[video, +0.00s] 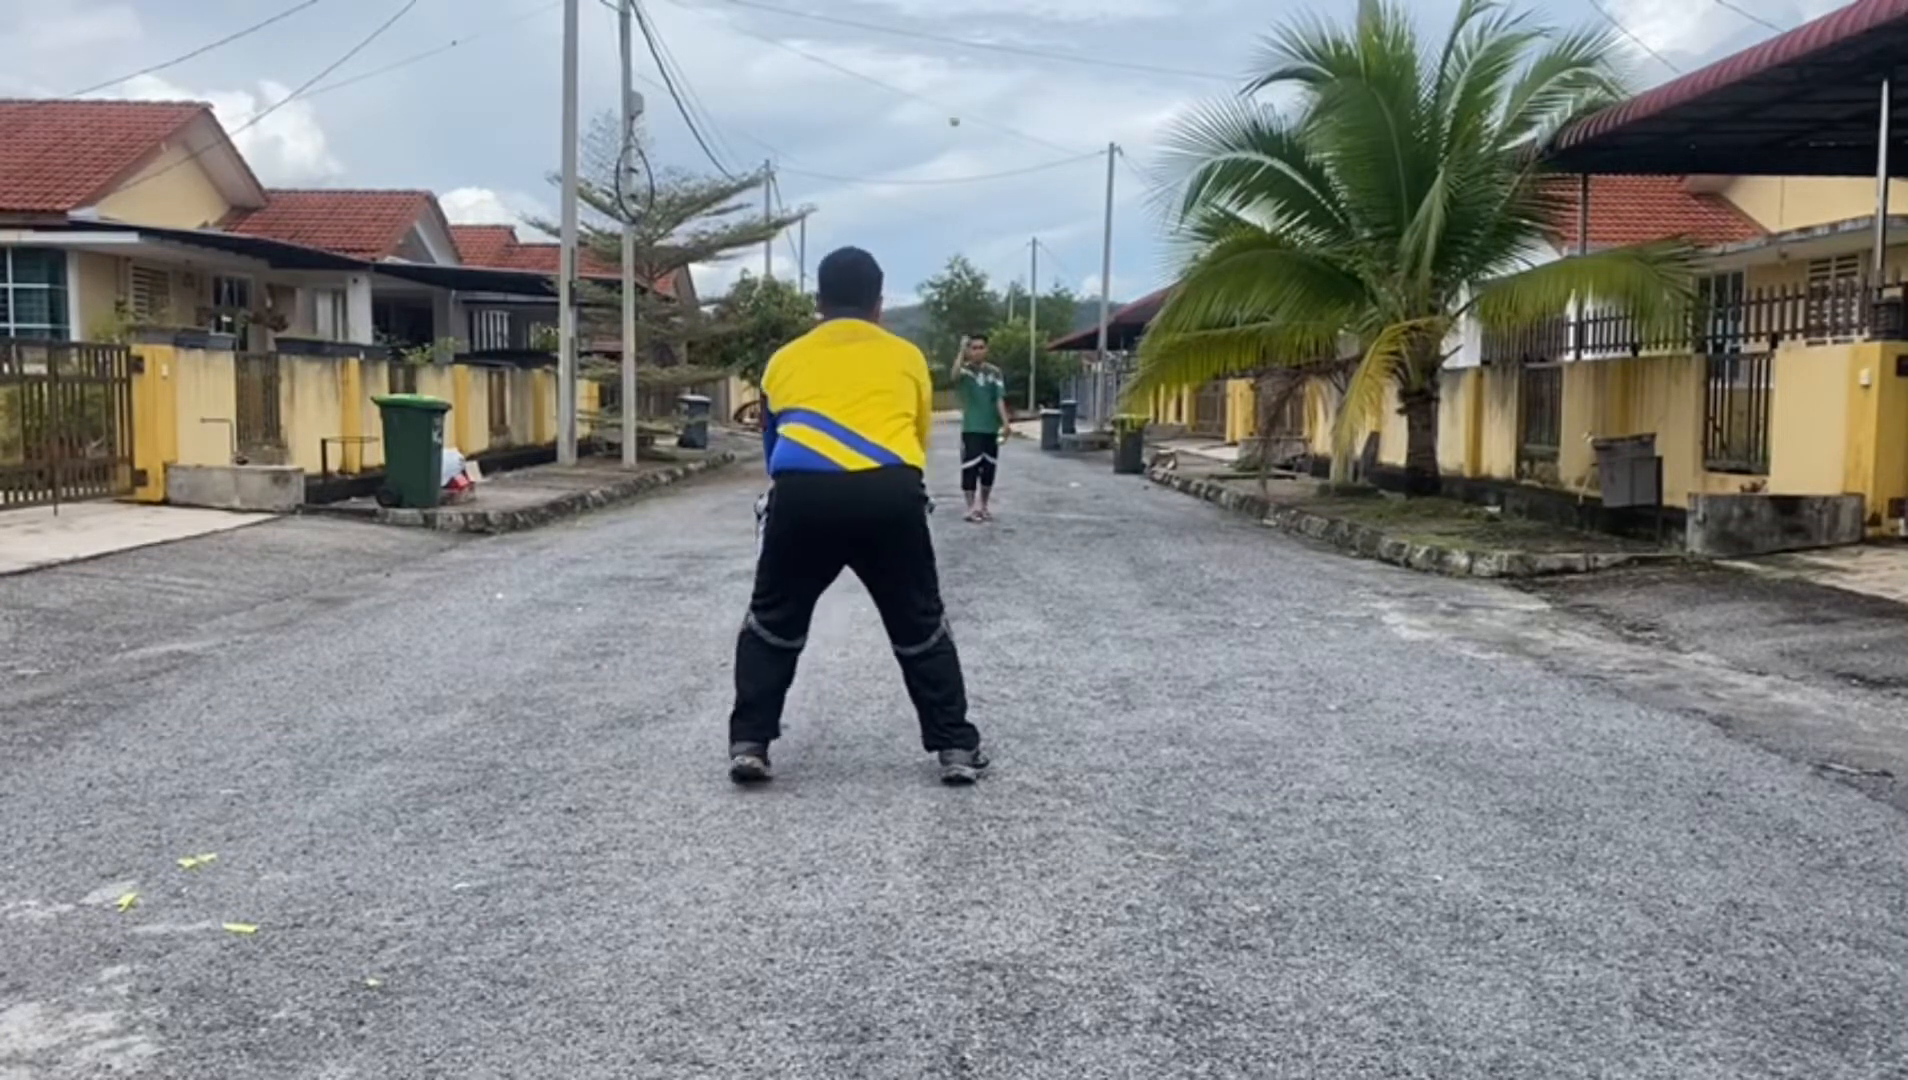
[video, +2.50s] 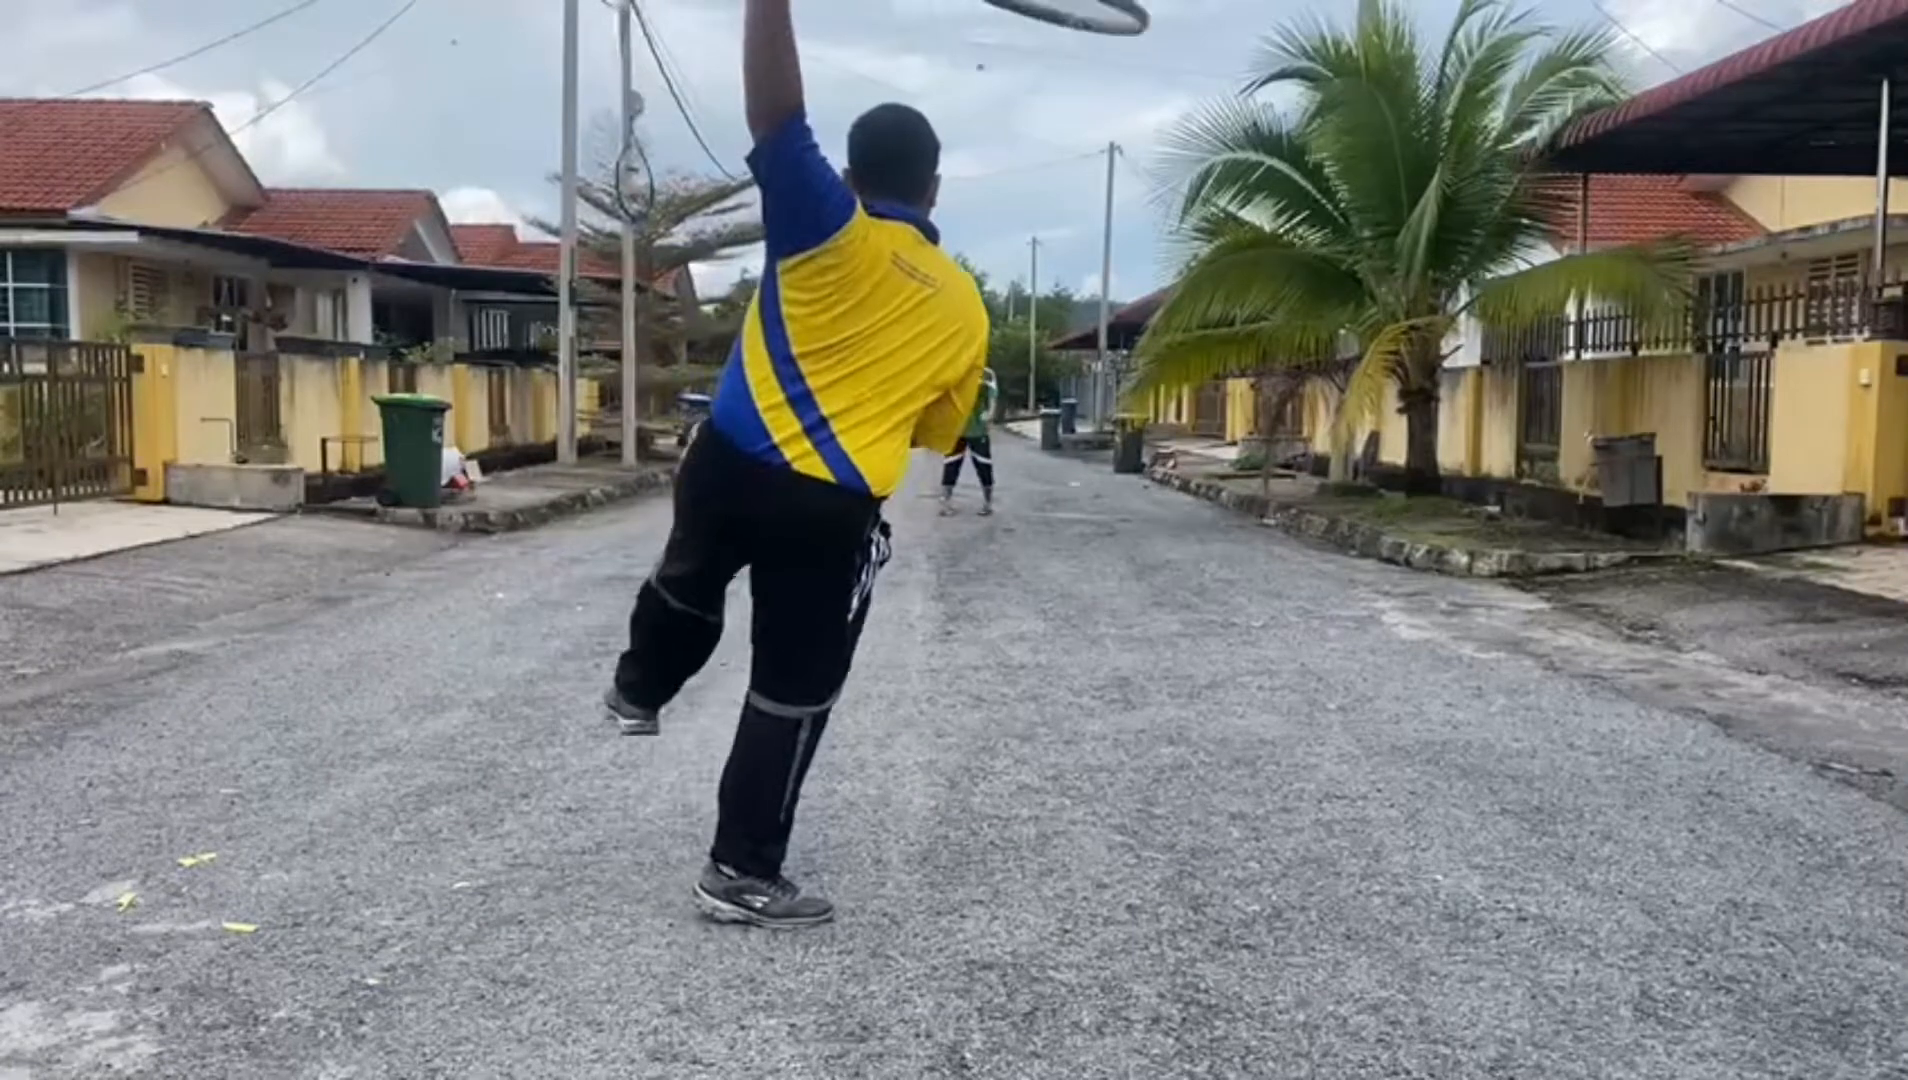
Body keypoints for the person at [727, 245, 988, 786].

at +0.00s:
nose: (883, 308)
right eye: (882, 300)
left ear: (819, 302)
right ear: (877, 303)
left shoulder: (783, 360)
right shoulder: (906, 355)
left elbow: (775, 447)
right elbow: (918, 437)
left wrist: (800, 491)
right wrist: (891, 484)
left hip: (802, 499)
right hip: (890, 500)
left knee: (774, 620)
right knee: (920, 624)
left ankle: (749, 742)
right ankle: (954, 743)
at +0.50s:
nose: (789, 289)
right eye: (787, 280)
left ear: (718, 279)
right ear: (779, 283)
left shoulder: (679, 336)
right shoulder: (803, 348)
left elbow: (661, 407)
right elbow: (804, 449)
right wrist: (762, 482)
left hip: (647, 494)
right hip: (729, 499)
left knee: (691, 630)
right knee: (728, 651)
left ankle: (712, 749)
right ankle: (665, 802)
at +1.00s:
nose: (740, 315)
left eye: (736, 304)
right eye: (738, 304)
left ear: (671, 302)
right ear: (726, 306)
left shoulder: (648, 351)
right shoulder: (716, 360)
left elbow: (692, 482)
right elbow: (753, 481)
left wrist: (758, 557)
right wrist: (809, 547)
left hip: (538, 498)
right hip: (594, 512)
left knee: (593, 665)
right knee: (644, 668)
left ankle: (596, 796)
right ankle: (578, 855)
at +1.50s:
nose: (781, 261)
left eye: (780, 248)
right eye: (773, 248)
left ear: (740, 252)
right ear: (743, 251)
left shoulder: (758, 322)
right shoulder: (673, 306)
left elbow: (806, 375)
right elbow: (668, 400)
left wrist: (807, 341)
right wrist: (721, 307)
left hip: (677, 512)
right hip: (606, 503)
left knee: (708, 644)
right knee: (626, 670)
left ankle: (677, 800)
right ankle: (574, 861)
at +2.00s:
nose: (886, 252)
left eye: (884, 238)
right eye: (886, 239)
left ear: (805, 228)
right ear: (875, 242)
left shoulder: (739, 266)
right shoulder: (858, 333)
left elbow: (634, 252)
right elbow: (856, 456)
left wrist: (555, 236)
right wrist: (913, 484)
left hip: (675, 496)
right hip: (749, 526)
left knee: (735, 617)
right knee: (785, 687)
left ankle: (715, 730)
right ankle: (747, 875)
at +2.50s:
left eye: (868, 165)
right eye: (933, 170)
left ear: (858, 173)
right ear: (936, 184)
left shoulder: (824, 222)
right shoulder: (966, 306)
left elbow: (776, 112)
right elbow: (937, 433)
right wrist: (877, 374)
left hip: (728, 467)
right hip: (832, 509)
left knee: (689, 575)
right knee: (790, 694)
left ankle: (637, 694)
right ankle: (743, 872)